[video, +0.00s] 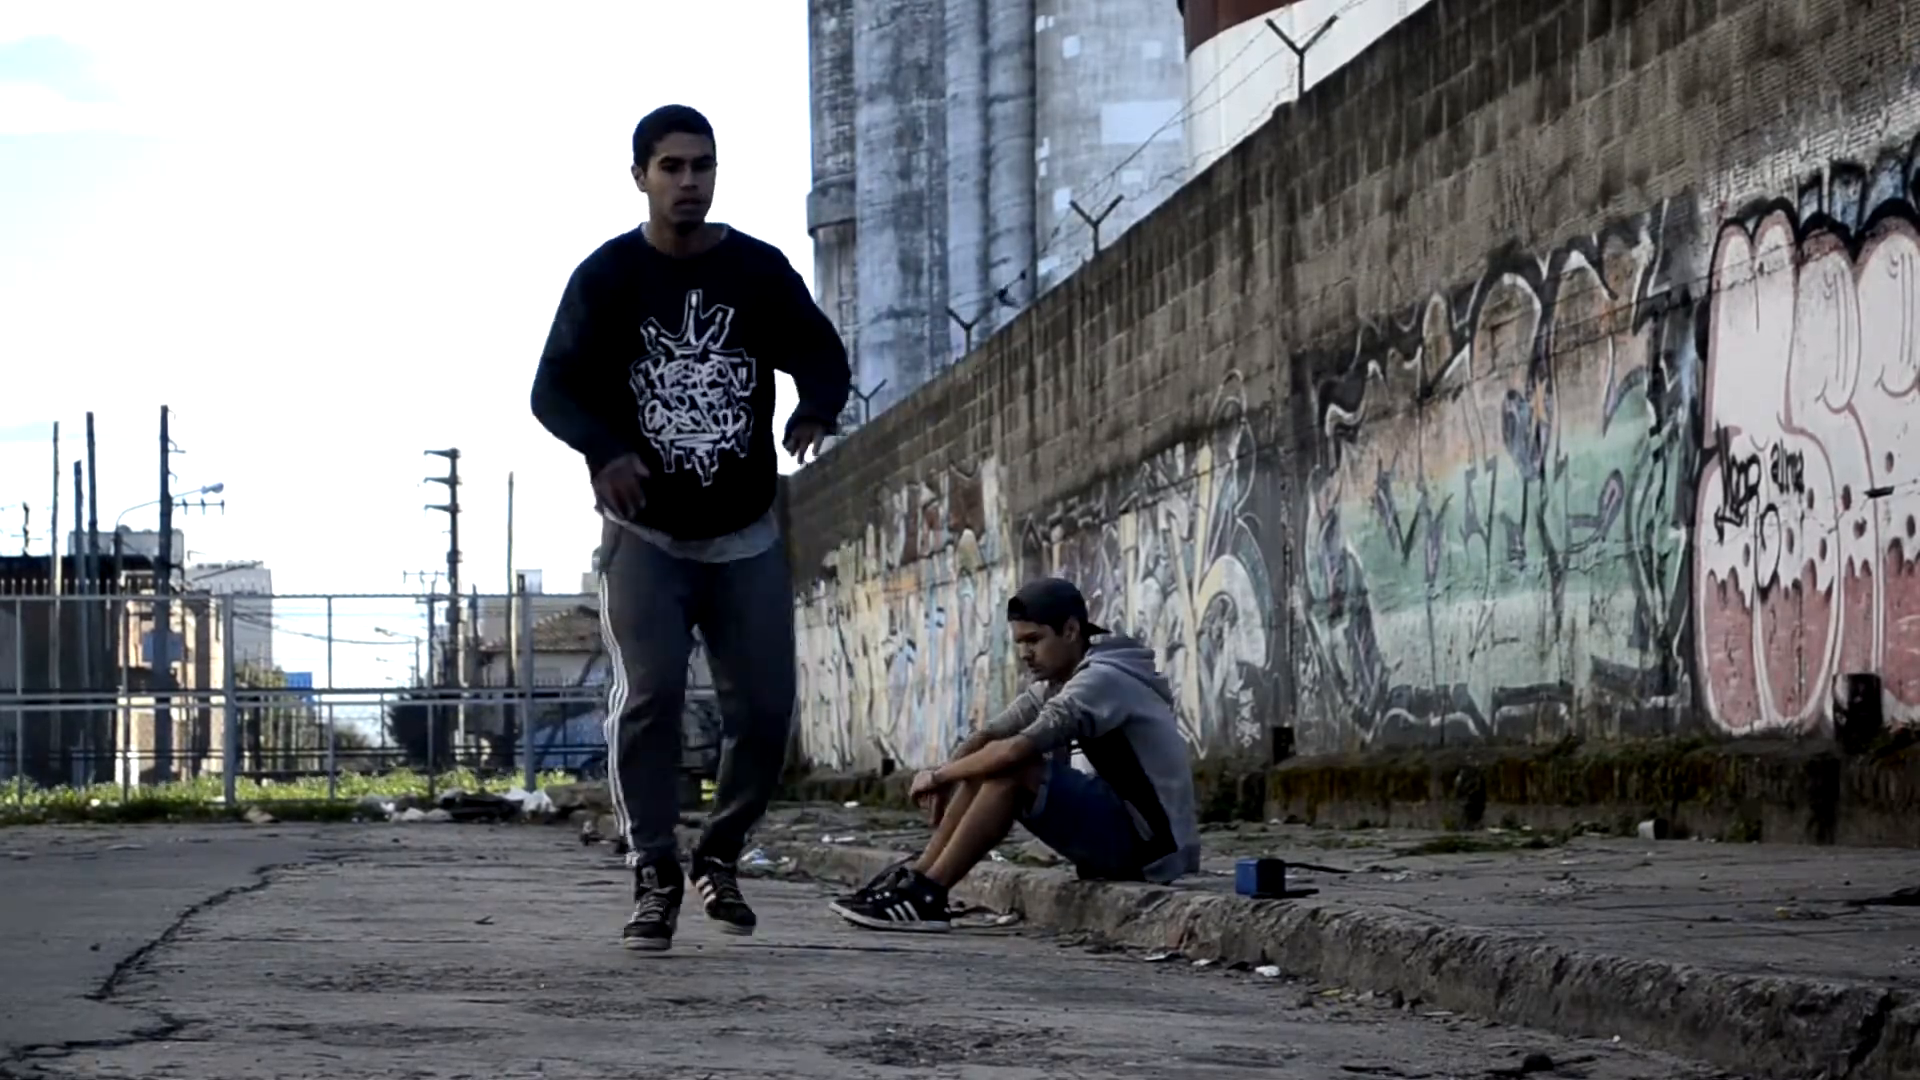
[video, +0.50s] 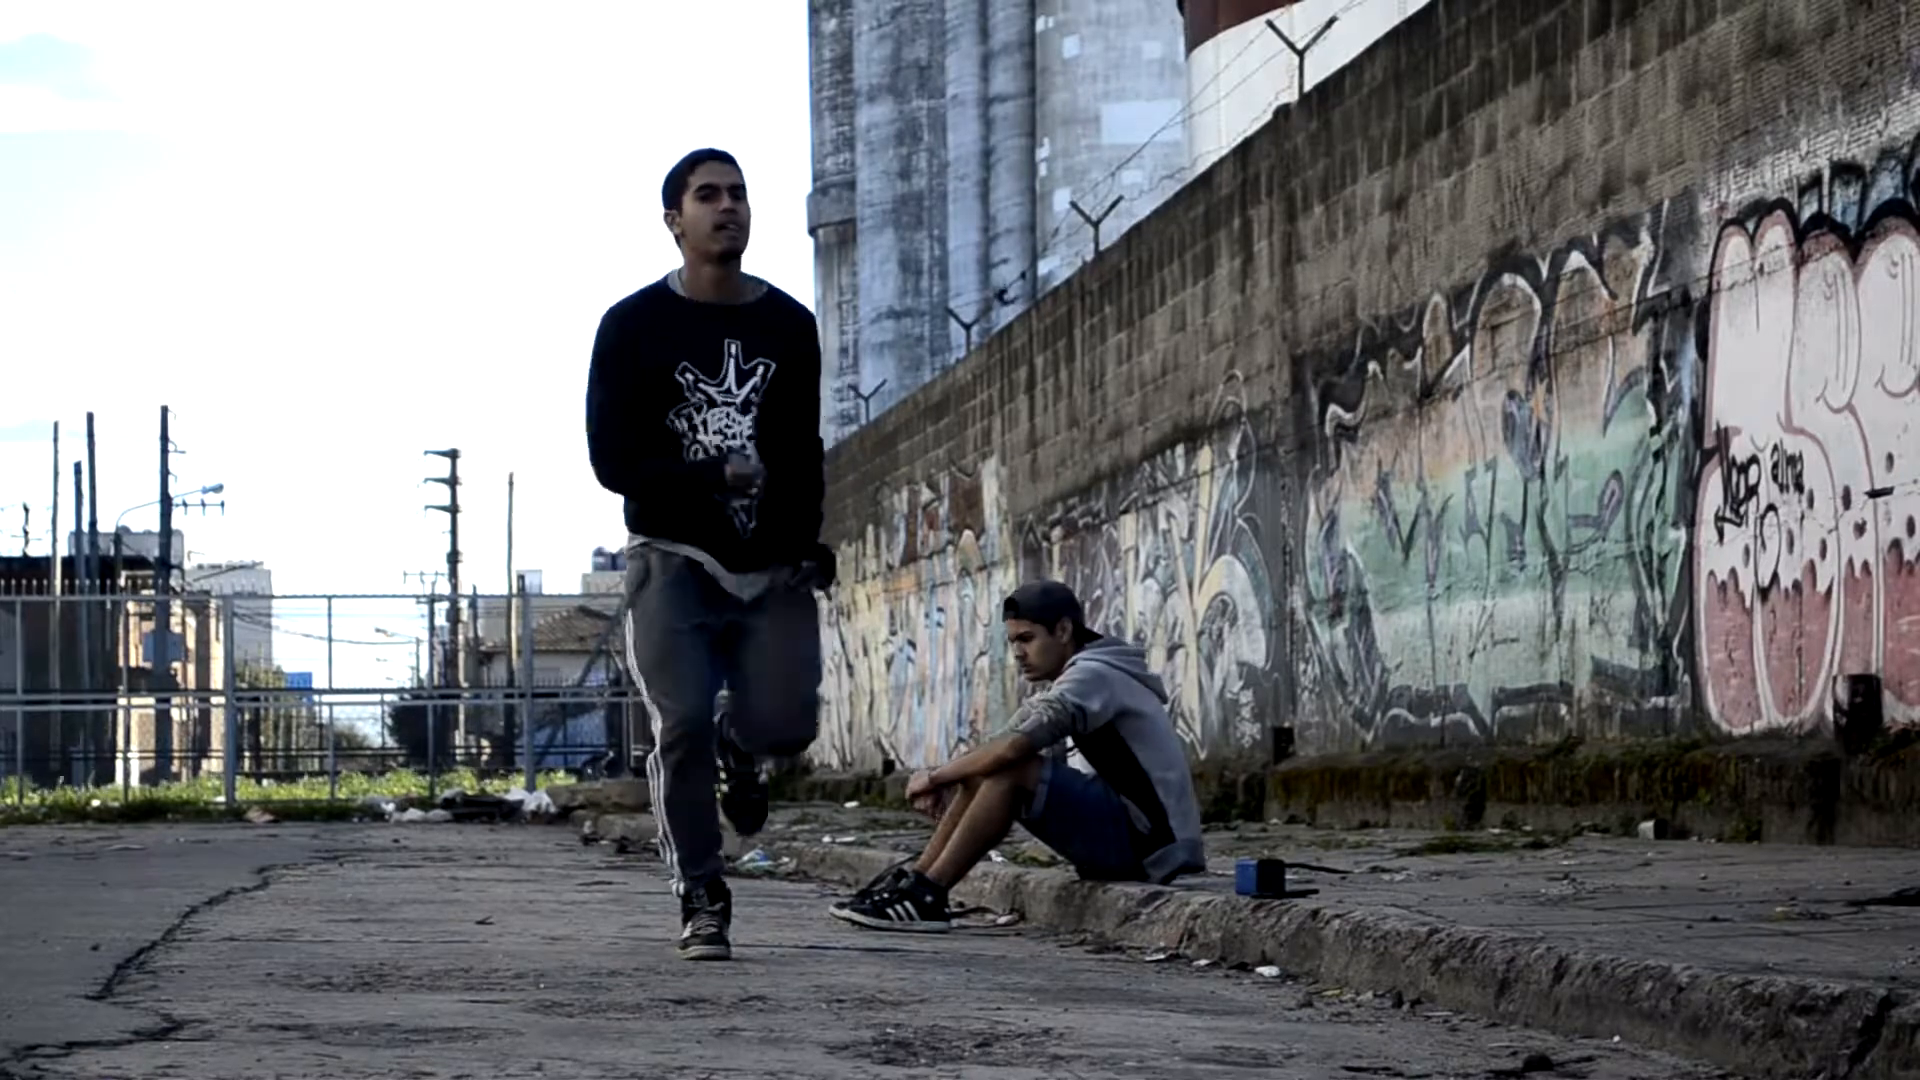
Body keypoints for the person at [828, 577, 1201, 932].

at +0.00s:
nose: (1023, 655)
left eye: (1032, 641)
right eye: (1018, 643)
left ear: (1071, 631)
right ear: (1062, 635)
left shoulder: (1102, 677)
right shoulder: (1064, 678)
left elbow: (1018, 752)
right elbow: (992, 735)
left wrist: (940, 774)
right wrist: (940, 777)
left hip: (1150, 848)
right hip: (1119, 838)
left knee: (1016, 769)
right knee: (988, 760)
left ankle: (932, 895)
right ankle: (915, 881)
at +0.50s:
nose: (1017, 655)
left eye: (1025, 640)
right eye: (1013, 643)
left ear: (1064, 631)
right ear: (1061, 634)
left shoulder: (1094, 672)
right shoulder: (1077, 676)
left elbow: (1012, 749)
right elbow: (1015, 751)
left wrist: (936, 776)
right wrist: (946, 783)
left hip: (1150, 846)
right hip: (1124, 837)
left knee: (1012, 770)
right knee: (983, 767)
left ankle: (933, 895)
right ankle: (914, 883)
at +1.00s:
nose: (1019, 650)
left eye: (1028, 636)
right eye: (1015, 639)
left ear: (1067, 628)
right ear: (1061, 632)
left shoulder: (1101, 676)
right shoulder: (1064, 684)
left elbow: (1011, 751)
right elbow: (999, 743)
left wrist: (957, 749)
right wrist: (942, 776)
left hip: (1151, 848)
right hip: (1120, 839)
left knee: (1013, 771)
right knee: (983, 767)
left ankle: (933, 895)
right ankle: (915, 882)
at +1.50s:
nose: (1030, 642)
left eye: (1041, 630)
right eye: (1026, 631)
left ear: (1080, 627)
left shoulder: (1104, 670)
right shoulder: (1071, 671)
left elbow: (1010, 736)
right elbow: (993, 729)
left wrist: (1009, 727)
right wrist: (936, 791)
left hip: (1148, 844)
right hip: (1119, 833)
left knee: (1011, 766)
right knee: (988, 757)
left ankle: (932, 894)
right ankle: (914, 881)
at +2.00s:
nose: (1024, 638)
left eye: (1034, 625)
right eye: (1021, 627)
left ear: (1072, 623)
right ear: (1068, 627)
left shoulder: (1094, 668)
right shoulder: (1080, 670)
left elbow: (1014, 740)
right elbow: (1014, 744)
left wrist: (936, 770)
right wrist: (944, 776)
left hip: (1149, 843)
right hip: (1125, 833)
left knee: (1010, 771)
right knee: (984, 769)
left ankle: (931, 894)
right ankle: (913, 883)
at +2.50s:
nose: (1036, 636)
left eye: (1047, 623)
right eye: (1031, 625)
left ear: (1086, 622)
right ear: (1030, 626)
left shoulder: (1108, 674)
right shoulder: (1065, 677)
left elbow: (1019, 747)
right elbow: (1006, 737)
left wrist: (938, 768)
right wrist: (940, 768)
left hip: (1150, 845)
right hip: (1118, 835)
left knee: (1012, 772)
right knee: (984, 766)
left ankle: (932, 895)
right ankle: (913, 884)